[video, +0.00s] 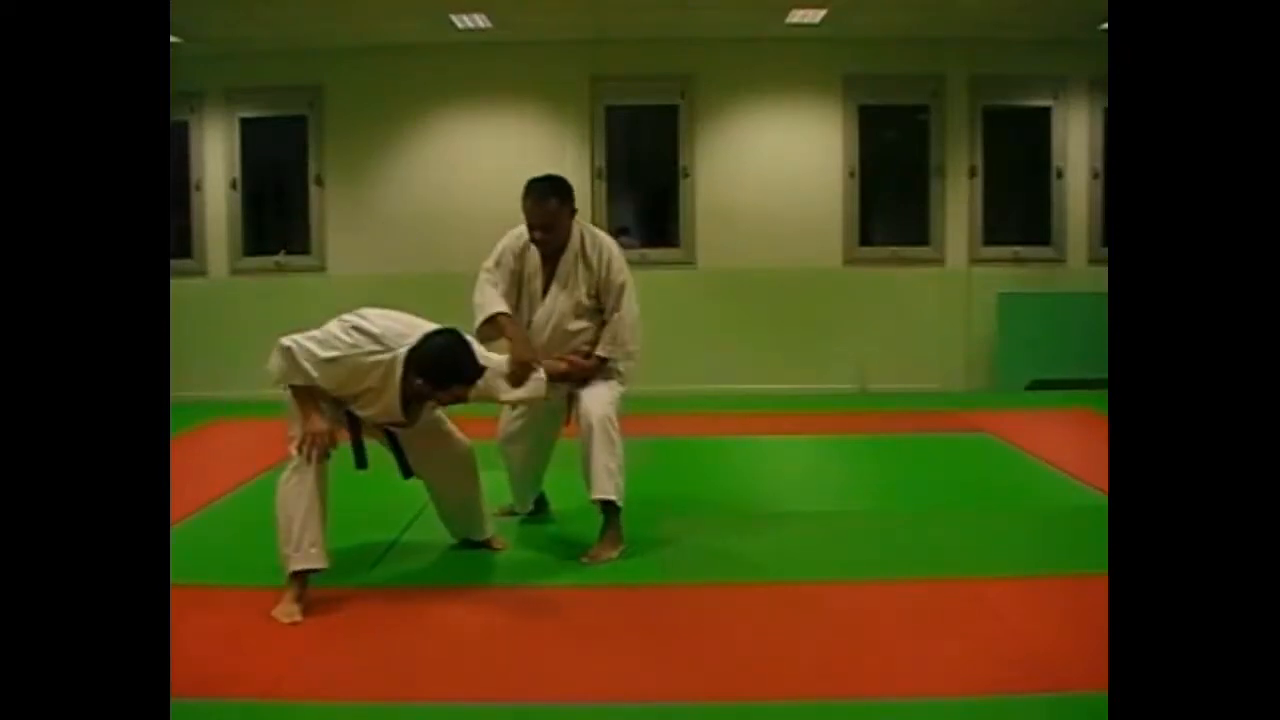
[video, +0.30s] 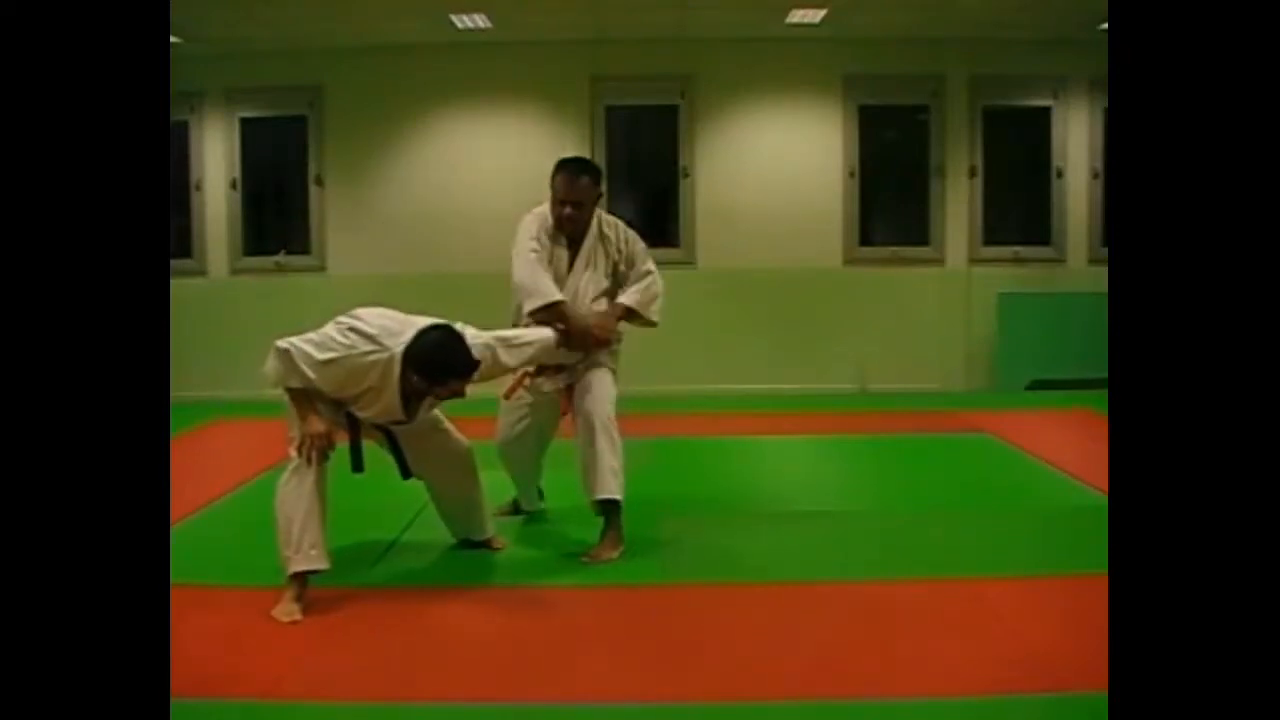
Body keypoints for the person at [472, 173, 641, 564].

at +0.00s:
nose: (537, 237)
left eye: (546, 228)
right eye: (531, 228)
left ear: (571, 215)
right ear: (524, 218)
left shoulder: (602, 251)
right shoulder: (515, 246)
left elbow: (623, 318)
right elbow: (487, 290)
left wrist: (593, 364)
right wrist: (517, 338)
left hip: (592, 365)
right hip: (535, 366)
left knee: (598, 413)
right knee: (513, 434)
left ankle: (611, 525)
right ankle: (530, 502)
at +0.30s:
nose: (567, 213)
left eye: (578, 205)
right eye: (560, 203)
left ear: (596, 201)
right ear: (550, 196)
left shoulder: (615, 233)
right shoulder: (536, 224)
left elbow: (650, 282)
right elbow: (528, 277)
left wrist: (609, 316)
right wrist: (572, 323)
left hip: (592, 357)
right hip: (539, 357)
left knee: (598, 418)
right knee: (511, 437)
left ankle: (611, 526)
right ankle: (529, 500)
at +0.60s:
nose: (564, 169)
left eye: (574, 163)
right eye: (560, 163)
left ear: (595, 171)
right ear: (555, 169)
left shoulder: (614, 217)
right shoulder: (539, 209)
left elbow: (574, 195)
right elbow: (500, 194)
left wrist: (539, 155)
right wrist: (513, 159)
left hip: (595, 348)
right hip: (544, 349)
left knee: (594, 420)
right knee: (516, 431)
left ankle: (607, 521)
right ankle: (527, 498)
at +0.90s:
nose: (555, 201)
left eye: (561, 191)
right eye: (554, 192)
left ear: (587, 184)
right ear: (589, 184)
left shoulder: (610, 219)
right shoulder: (611, 212)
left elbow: (557, 296)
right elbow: (570, 290)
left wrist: (526, 290)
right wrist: (533, 296)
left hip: (653, 344)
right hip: (636, 342)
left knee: (591, 427)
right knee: (595, 419)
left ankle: (622, 533)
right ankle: (625, 497)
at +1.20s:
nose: (598, 233)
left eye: (599, 221)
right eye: (595, 223)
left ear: (619, 210)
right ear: (627, 208)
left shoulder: (643, 241)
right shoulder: (665, 226)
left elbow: (641, 322)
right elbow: (660, 314)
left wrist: (605, 345)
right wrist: (610, 342)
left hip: (714, 346)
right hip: (739, 334)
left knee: (637, 420)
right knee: (740, 435)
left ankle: (630, 537)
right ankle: (799, 509)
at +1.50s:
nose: (588, 242)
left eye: (587, 232)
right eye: (584, 234)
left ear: (602, 221)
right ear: (620, 215)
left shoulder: (615, 255)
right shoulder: (654, 234)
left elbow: (611, 338)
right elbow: (655, 318)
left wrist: (605, 372)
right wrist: (620, 368)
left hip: (692, 345)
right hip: (730, 332)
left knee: (615, 424)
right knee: (725, 429)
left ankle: (628, 534)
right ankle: (786, 497)